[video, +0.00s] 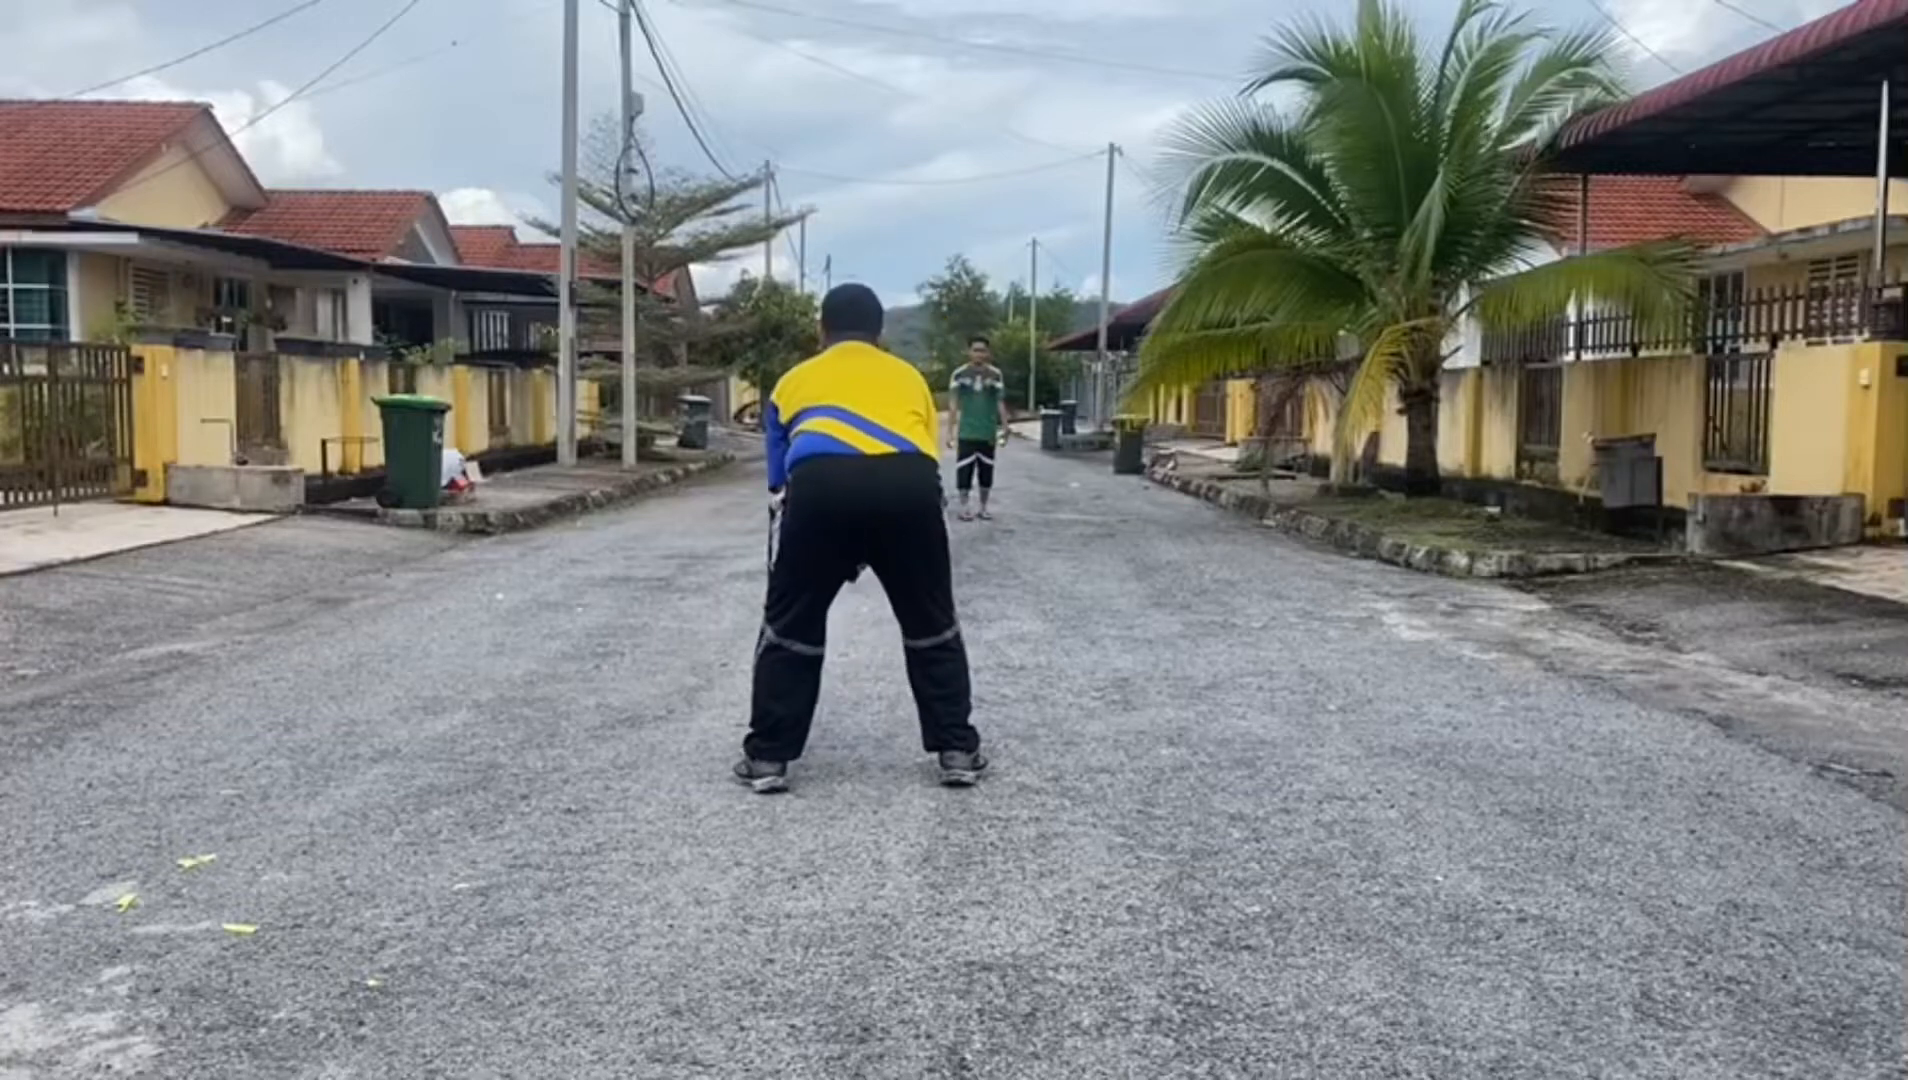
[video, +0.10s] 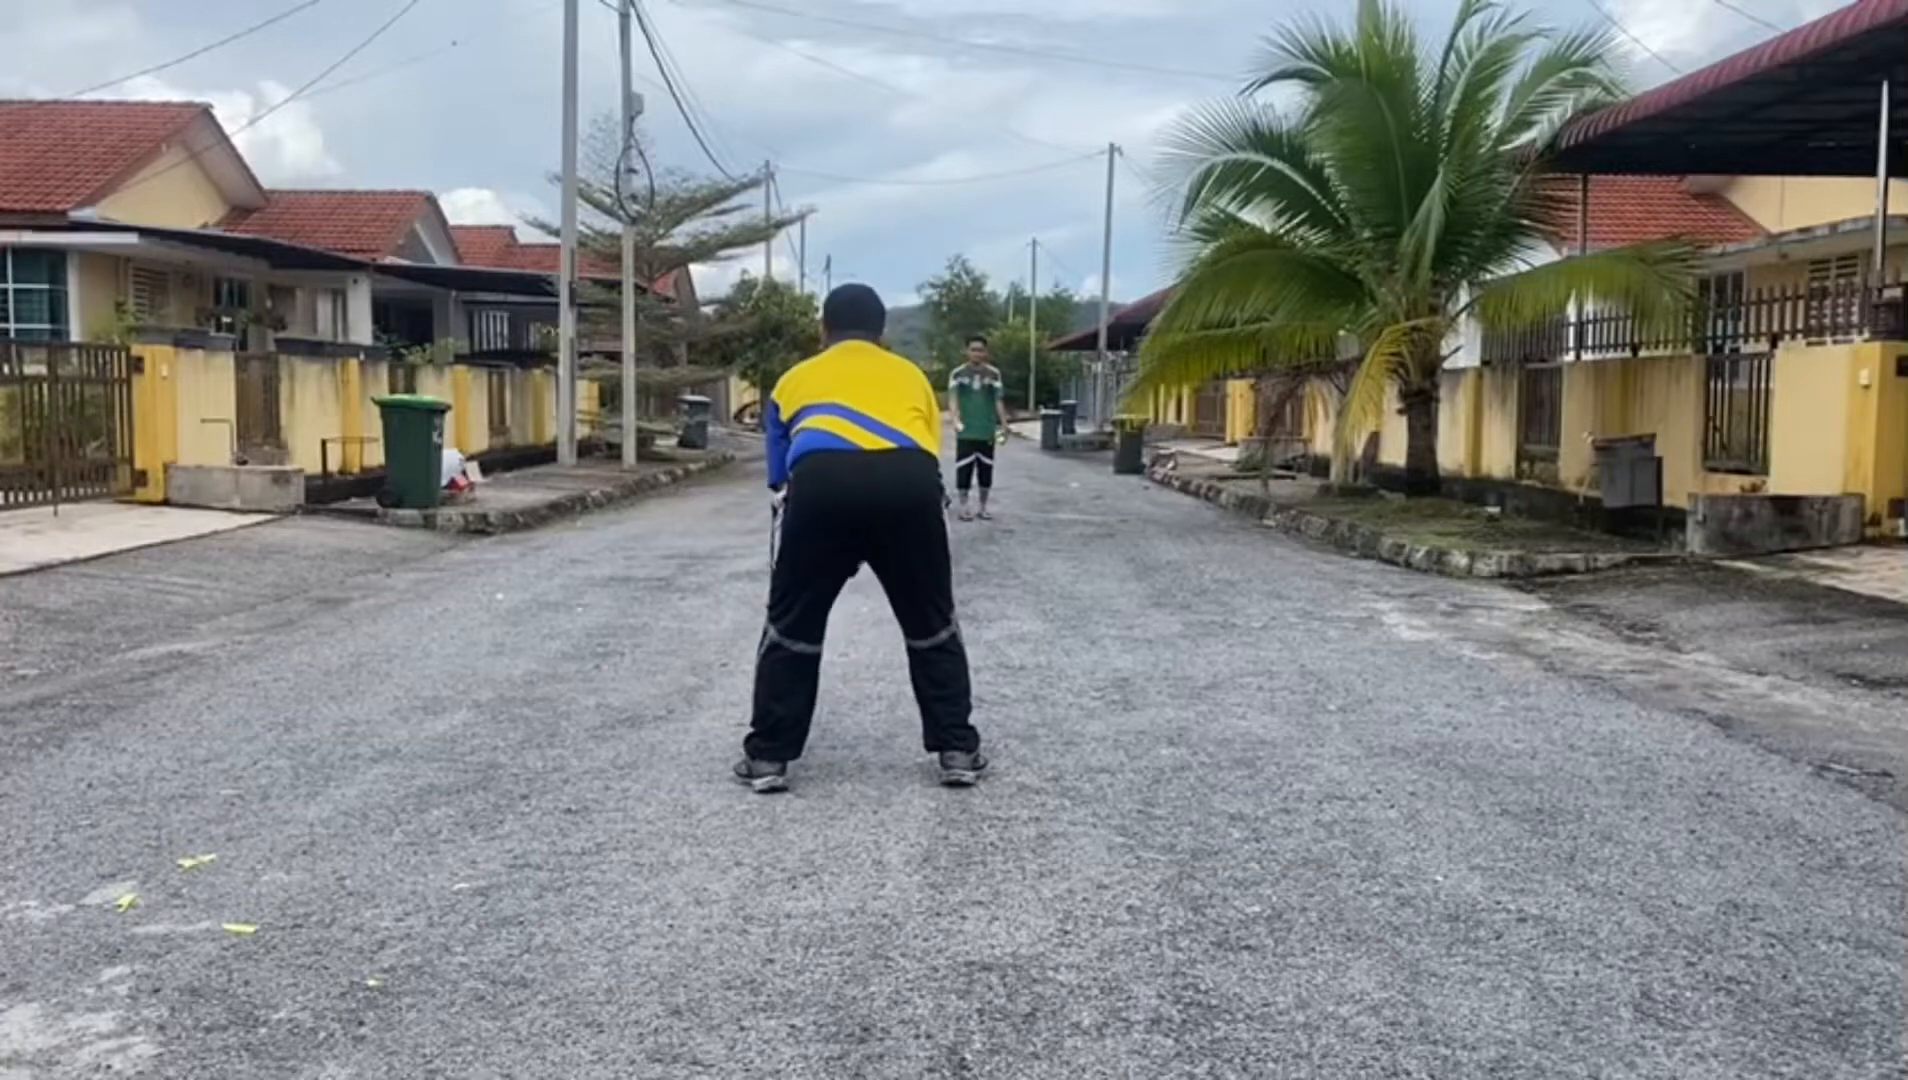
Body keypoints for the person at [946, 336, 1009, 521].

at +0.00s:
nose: (979, 354)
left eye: (983, 350)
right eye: (975, 350)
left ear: (988, 353)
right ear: (969, 352)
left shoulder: (995, 374)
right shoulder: (959, 375)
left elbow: (1000, 402)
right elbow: (953, 406)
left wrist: (1005, 425)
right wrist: (950, 432)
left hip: (988, 432)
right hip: (966, 431)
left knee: (986, 474)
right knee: (964, 473)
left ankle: (983, 507)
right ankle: (964, 507)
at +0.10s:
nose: (977, 354)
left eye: (981, 350)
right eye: (973, 350)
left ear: (986, 353)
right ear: (967, 352)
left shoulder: (993, 374)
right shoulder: (957, 374)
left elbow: (998, 401)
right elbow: (953, 399)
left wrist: (1004, 424)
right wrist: (956, 420)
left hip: (987, 430)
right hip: (966, 430)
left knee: (985, 472)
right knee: (964, 472)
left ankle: (983, 507)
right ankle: (964, 506)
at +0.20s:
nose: (975, 354)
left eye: (978, 349)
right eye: (971, 349)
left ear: (984, 352)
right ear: (965, 352)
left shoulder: (991, 373)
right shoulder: (956, 374)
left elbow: (997, 400)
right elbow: (952, 401)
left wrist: (1002, 422)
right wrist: (956, 397)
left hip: (986, 431)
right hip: (964, 432)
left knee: (985, 474)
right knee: (963, 474)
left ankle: (983, 507)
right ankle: (964, 506)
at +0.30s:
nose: (972, 353)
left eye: (976, 349)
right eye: (968, 349)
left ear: (981, 351)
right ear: (962, 352)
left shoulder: (989, 373)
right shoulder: (955, 373)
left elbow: (995, 399)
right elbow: (950, 394)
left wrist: (999, 420)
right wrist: (956, 380)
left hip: (985, 430)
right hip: (964, 431)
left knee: (987, 473)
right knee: (963, 473)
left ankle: (983, 504)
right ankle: (963, 505)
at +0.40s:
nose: (970, 355)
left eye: (974, 350)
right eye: (966, 350)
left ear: (979, 352)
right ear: (960, 353)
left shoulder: (987, 373)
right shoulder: (954, 375)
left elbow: (992, 399)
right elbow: (952, 399)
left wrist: (995, 423)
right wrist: (957, 368)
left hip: (985, 430)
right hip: (964, 430)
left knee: (990, 470)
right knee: (962, 471)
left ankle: (984, 501)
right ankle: (962, 504)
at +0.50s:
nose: (970, 355)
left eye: (973, 350)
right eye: (966, 351)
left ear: (978, 352)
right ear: (959, 353)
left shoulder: (987, 373)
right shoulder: (954, 375)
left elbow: (991, 400)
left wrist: (994, 423)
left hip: (984, 430)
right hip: (964, 430)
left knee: (990, 469)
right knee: (963, 471)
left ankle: (985, 503)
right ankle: (962, 504)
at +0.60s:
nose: (969, 355)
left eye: (972, 351)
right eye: (965, 351)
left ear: (978, 352)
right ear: (959, 353)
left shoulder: (988, 373)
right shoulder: (954, 374)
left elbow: (994, 398)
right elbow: (949, 396)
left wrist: (997, 421)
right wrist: (956, 377)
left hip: (985, 430)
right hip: (964, 430)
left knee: (988, 471)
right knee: (963, 471)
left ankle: (984, 506)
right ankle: (963, 505)